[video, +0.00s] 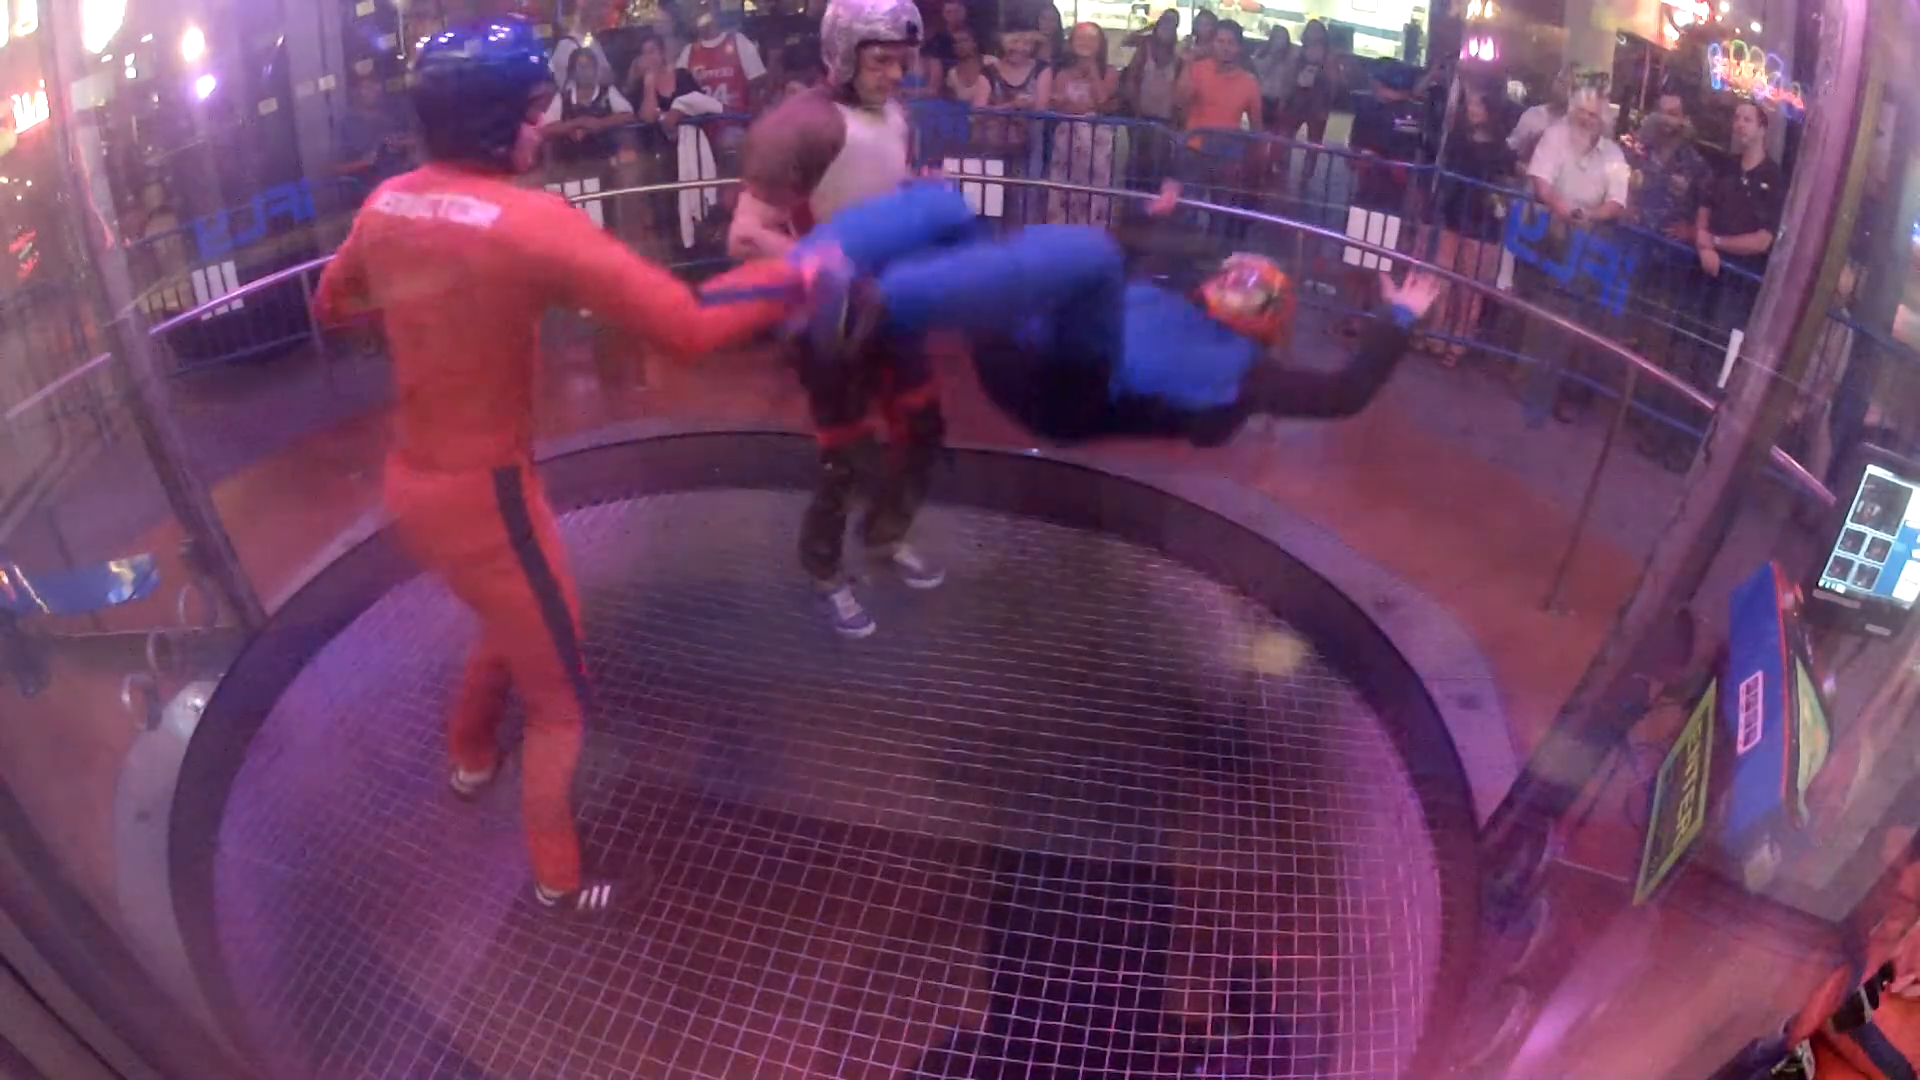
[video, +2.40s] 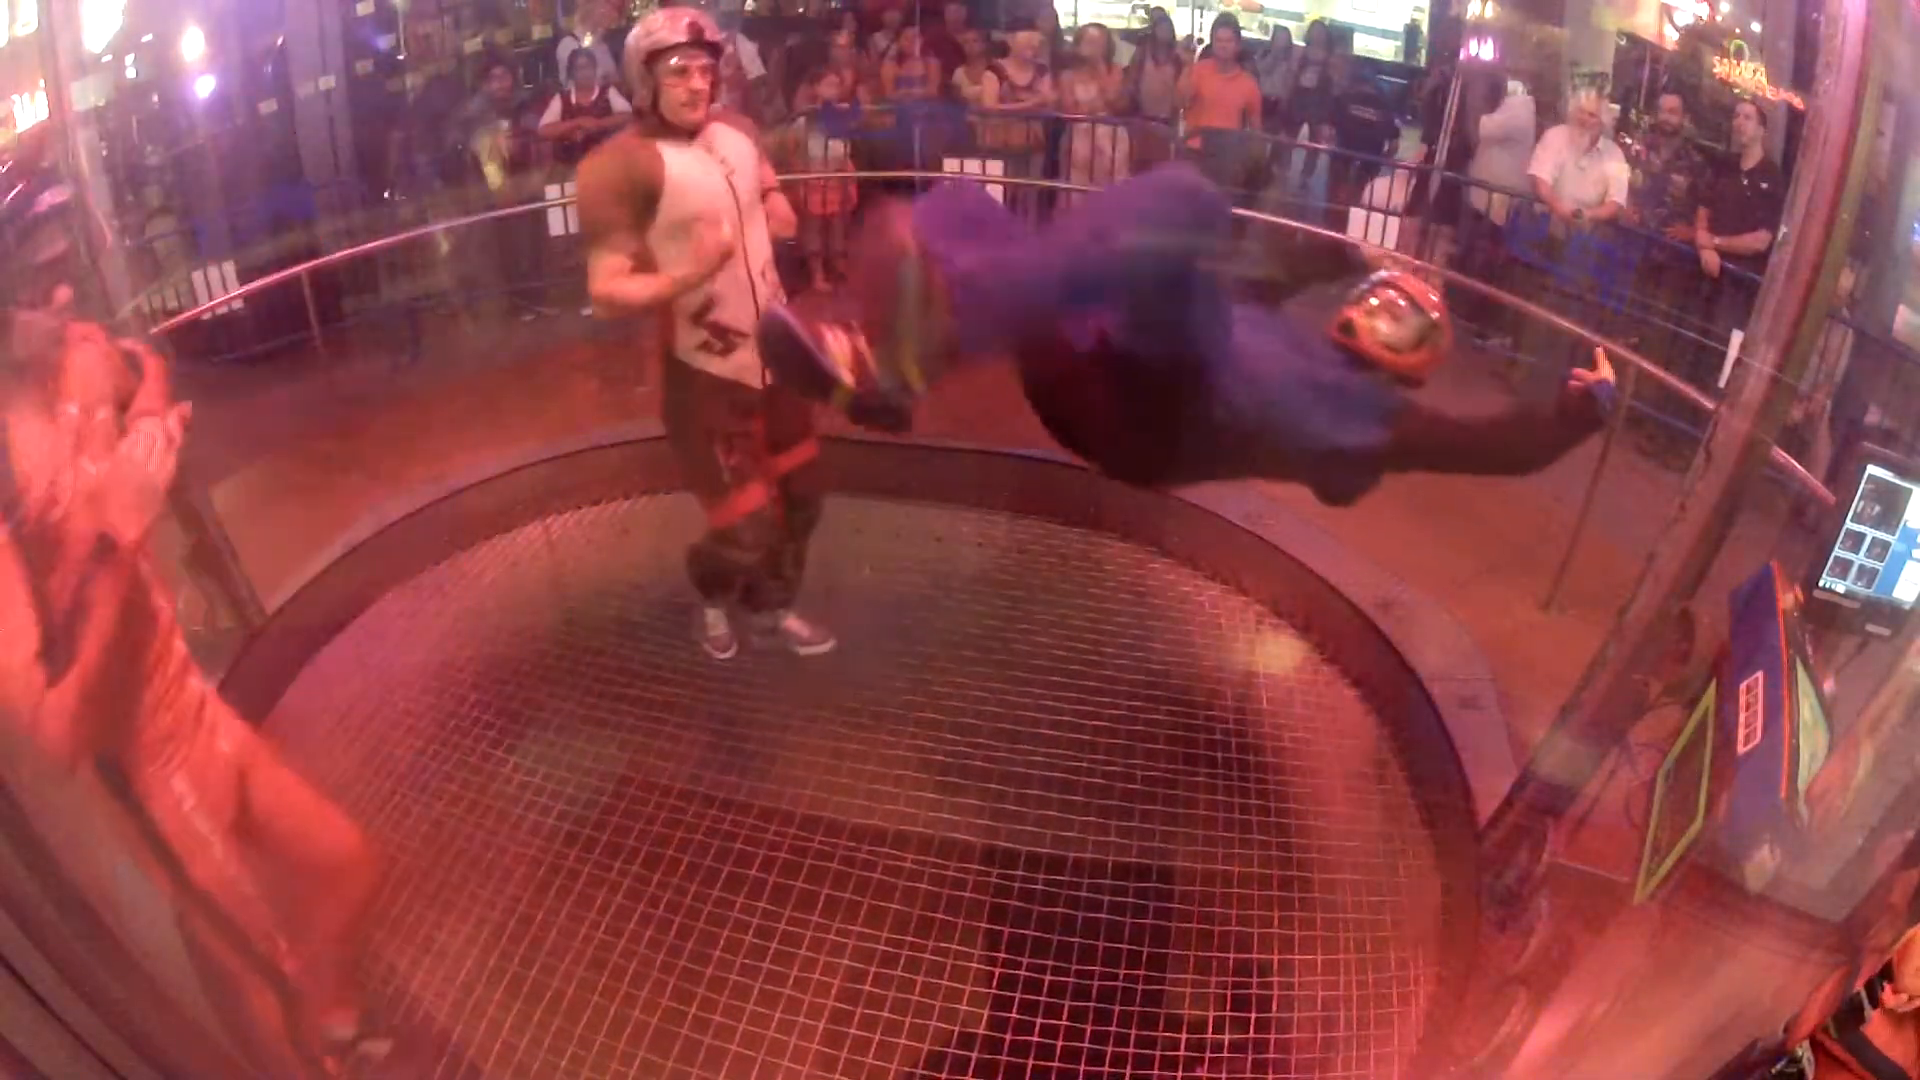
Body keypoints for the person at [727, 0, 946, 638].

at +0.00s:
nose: (887, 74)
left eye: (896, 62)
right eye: (875, 61)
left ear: (905, 62)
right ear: (843, 60)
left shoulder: (900, 120)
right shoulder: (805, 125)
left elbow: (897, 193)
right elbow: (746, 229)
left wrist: (931, 210)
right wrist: (813, 270)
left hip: (890, 297)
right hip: (823, 309)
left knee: (920, 429)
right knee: (849, 452)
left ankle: (886, 540)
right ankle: (827, 575)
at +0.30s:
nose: (872, 53)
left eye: (875, 40)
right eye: (857, 42)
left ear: (880, 46)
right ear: (822, 54)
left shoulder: (880, 125)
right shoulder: (794, 127)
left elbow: (917, 199)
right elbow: (801, 233)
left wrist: (920, 174)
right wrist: (889, 192)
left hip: (899, 318)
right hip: (840, 324)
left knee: (917, 442)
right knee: (860, 462)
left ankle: (865, 549)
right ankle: (824, 572)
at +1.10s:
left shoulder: (914, 116)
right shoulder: (837, 131)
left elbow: (946, 164)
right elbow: (863, 217)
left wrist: (968, 138)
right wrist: (946, 151)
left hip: (922, 316)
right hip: (872, 318)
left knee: (921, 441)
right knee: (883, 460)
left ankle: (880, 549)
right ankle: (833, 569)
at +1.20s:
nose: (843, 167)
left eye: (847, 153)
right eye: (832, 160)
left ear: (864, 132)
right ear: (824, 154)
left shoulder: (900, 124)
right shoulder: (836, 180)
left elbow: (950, 147)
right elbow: (860, 208)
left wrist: (966, 118)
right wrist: (935, 147)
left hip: (915, 315)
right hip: (865, 319)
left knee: (918, 440)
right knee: (878, 456)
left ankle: (880, 550)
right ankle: (834, 569)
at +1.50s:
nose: (869, 84)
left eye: (874, 71)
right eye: (854, 71)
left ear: (887, 83)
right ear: (832, 84)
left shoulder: (895, 131)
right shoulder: (801, 139)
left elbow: (943, 153)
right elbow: (767, 210)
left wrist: (940, 144)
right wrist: (854, 183)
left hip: (895, 311)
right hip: (835, 316)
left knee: (900, 442)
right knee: (865, 459)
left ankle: (876, 553)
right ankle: (821, 563)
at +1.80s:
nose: (772, 46)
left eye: (781, 32)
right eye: (758, 34)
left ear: (793, 40)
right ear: (732, 48)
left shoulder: (838, 124)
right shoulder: (717, 135)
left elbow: (874, 204)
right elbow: (686, 241)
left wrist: (864, 203)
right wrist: (790, 247)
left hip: (831, 320)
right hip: (766, 326)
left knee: (879, 436)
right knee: (765, 483)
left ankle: (869, 550)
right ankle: (713, 579)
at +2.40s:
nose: (695, 85)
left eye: (703, 71)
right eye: (677, 73)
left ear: (716, 77)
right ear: (646, 85)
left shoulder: (734, 138)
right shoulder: (620, 166)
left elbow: (776, 203)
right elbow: (606, 286)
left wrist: (777, 221)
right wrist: (688, 272)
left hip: (773, 355)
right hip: (702, 370)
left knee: (801, 494)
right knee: (747, 523)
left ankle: (773, 606)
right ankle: (713, 597)